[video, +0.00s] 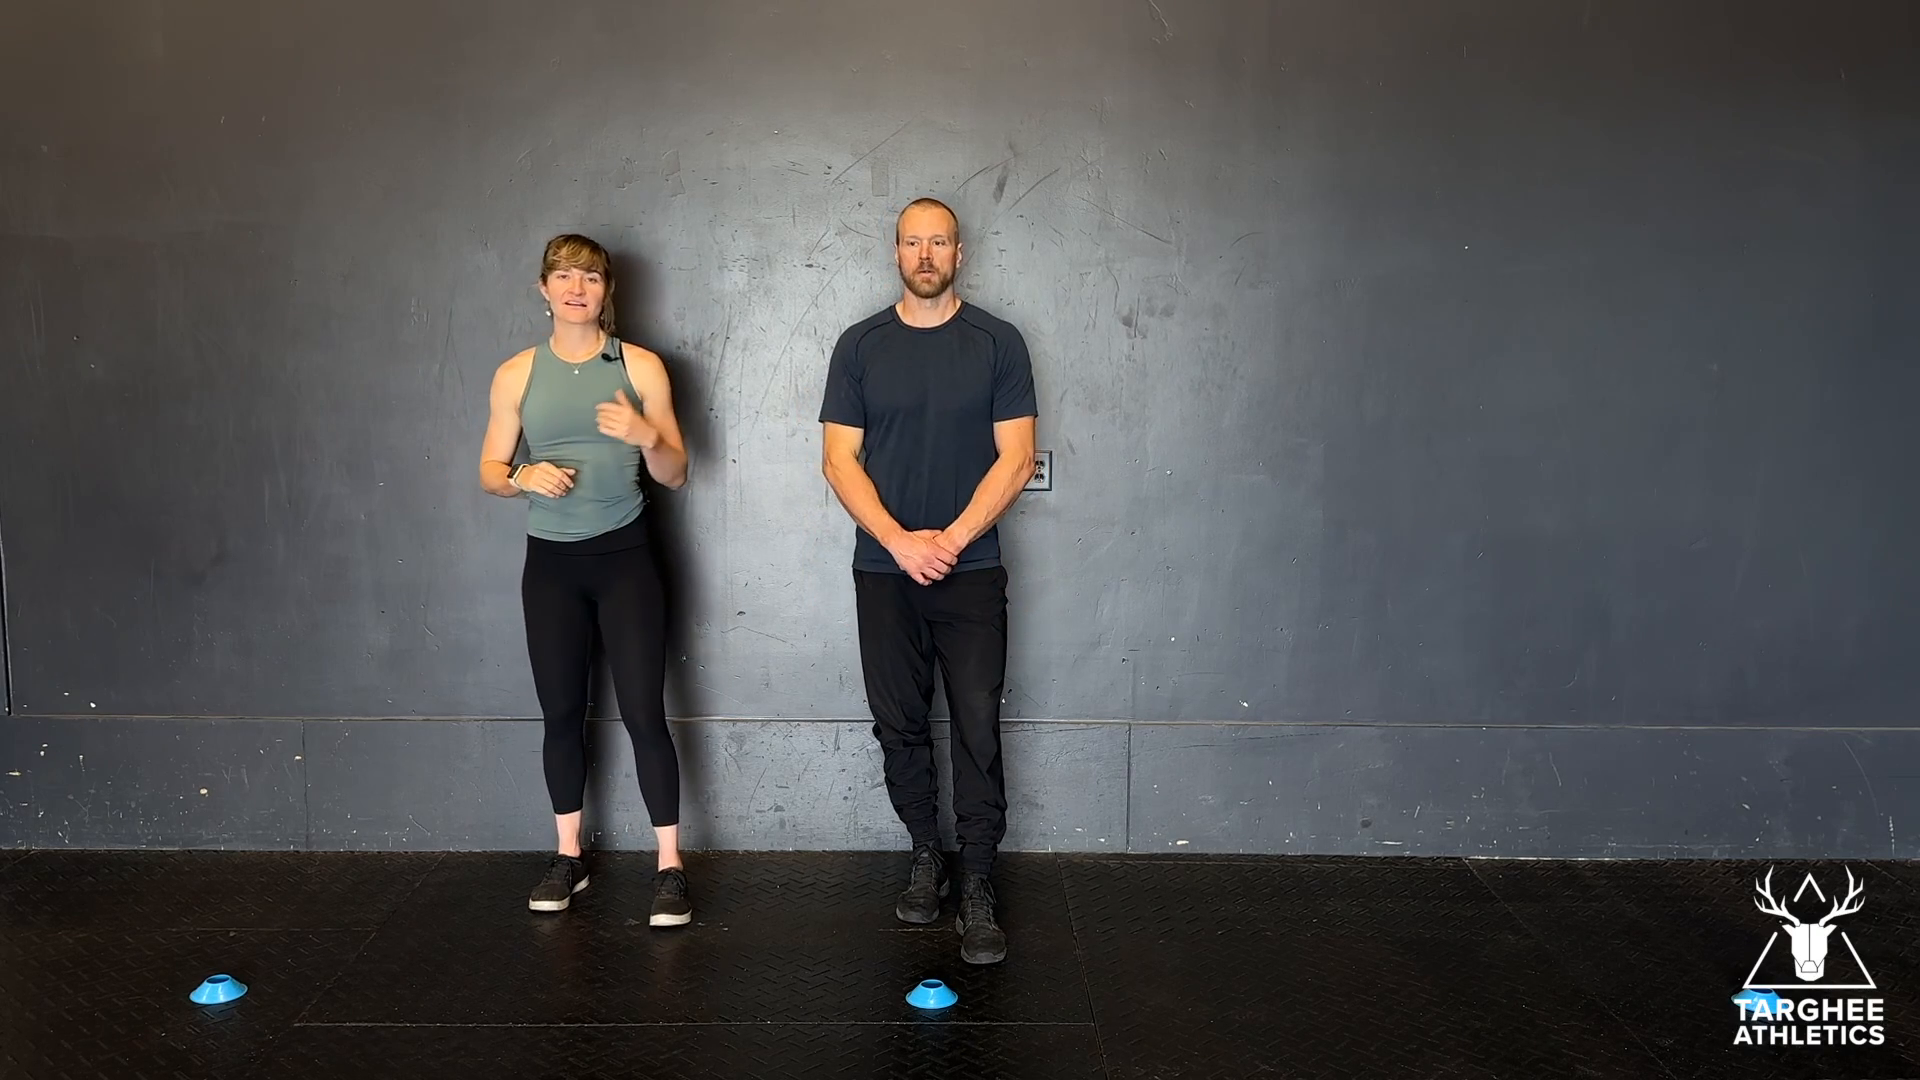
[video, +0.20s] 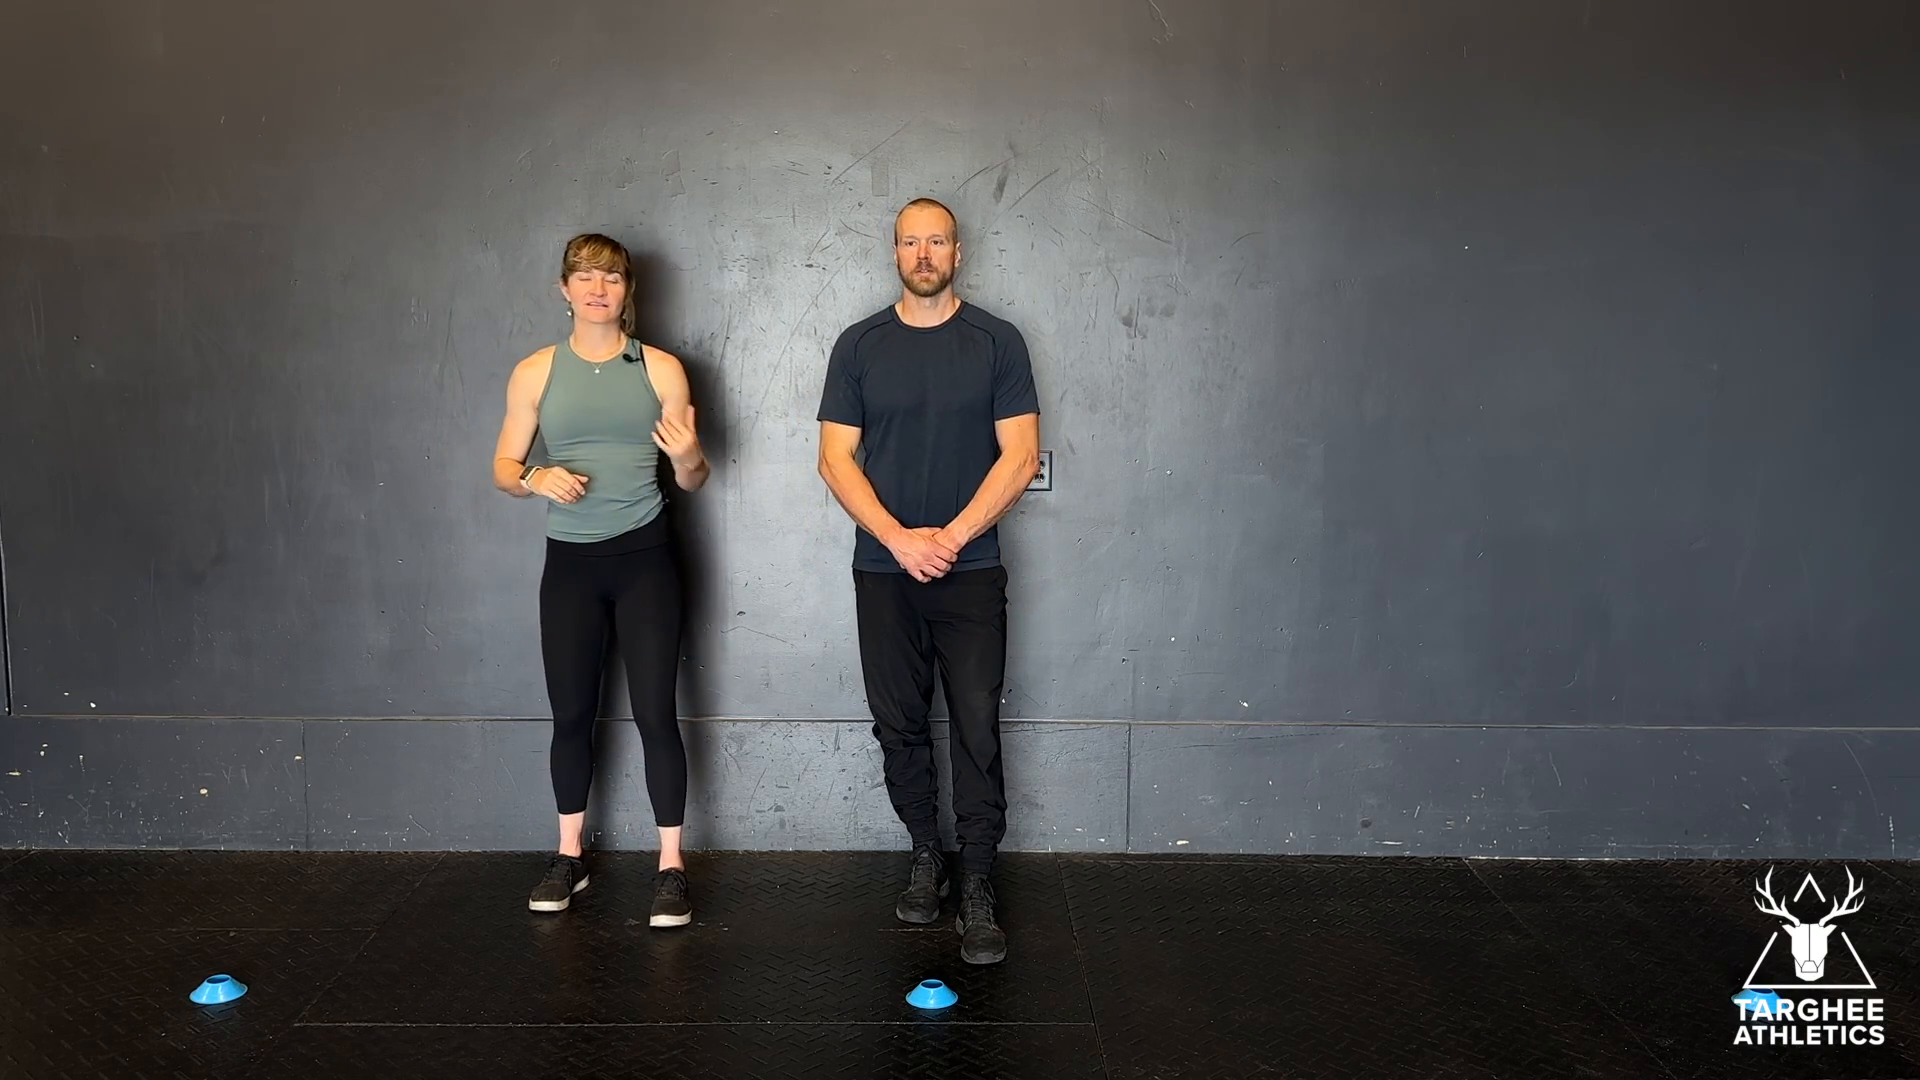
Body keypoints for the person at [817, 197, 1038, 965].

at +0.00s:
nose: (926, 253)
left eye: (938, 242)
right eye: (914, 241)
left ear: (958, 253)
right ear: (895, 252)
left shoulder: (997, 343)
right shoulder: (858, 346)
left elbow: (1018, 461)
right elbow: (838, 461)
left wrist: (947, 541)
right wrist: (897, 539)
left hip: (971, 569)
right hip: (886, 570)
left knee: (977, 731)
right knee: (901, 727)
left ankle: (979, 884)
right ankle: (929, 861)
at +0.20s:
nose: (923, 253)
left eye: (936, 240)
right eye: (910, 241)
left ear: (957, 253)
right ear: (894, 254)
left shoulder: (997, 343)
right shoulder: (858, 345)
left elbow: (1021, 460)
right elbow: (834, 459)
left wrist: (947, 539)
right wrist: (896, 536)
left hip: (971, 570)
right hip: (886, 570)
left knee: (977, 731)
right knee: (900, 727)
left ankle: (979, 883)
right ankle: (929, 861)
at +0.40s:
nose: (922, 252)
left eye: (935, 240)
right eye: (910, 240)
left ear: (956, 253)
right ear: (893, 252)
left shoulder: (997, 343)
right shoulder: (857, 346)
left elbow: (1017, 460)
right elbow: (834, 461)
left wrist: (948, 541)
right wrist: (896, 536)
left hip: (970, 567)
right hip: (884, 568)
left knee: (976, 727)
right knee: (900, 724)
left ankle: (978, 885)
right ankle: (928, 860)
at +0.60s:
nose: (926, 253)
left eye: (939, 241)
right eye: (913, 241)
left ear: (956, 253)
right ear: (894, 253)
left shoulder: (996, 343)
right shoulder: (857, 345)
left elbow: (1018, 460)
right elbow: (835, 461)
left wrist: (950, 541)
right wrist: (896, 537)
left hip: (970, 567)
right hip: (884, 567)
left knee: (975, 730)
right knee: (899, 725)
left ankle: (979, 882)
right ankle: (927, 857)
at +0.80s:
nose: (930, 253)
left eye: (941, 241)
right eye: (916, 242)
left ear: (958, 252)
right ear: (896, 253)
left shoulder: (996, 344)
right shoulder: (857, 346)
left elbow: (1018, 461)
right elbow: (837, 461)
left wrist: (952, 540)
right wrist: (896, 539)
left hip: (970, 567)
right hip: (885, 567)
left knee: (977, 730)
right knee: (900, 725)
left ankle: (979, 884)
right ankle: (927, 857)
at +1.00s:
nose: (930, 250)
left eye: (942, 240)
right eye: (917, 239)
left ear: (959, 254)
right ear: (896, 253)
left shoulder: (996, 343)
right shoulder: (858, 345)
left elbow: (1018, 460)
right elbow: (837, 461)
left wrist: (949, 541)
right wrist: (897, 537)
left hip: (970, 570)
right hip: (884, 569)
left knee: (976, 733)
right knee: (901, 727)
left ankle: (979, 887)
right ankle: (927, 857)